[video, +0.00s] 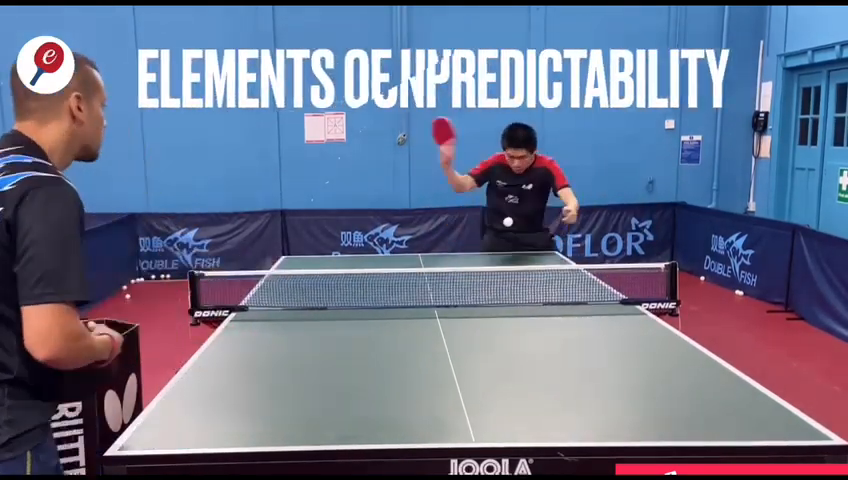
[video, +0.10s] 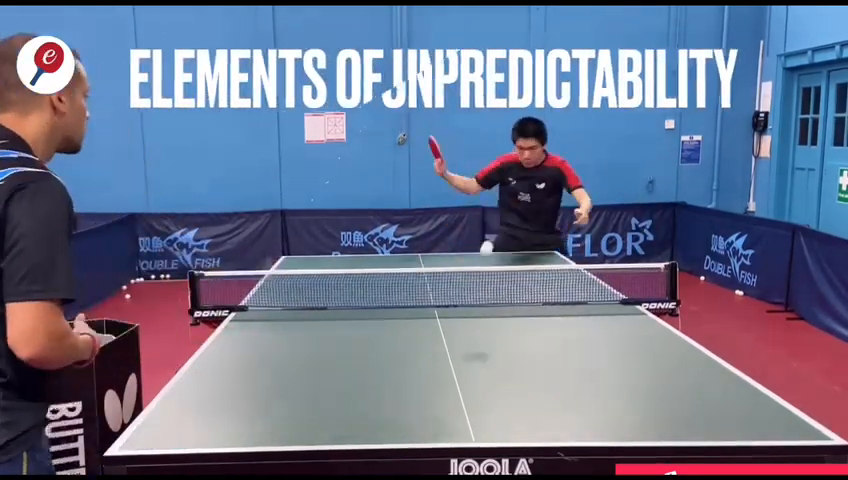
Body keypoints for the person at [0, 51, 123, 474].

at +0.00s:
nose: (104, 121)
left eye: (104, 108)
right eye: (102, 107)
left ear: (25, 105)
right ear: (76, 106)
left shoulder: (6, 168)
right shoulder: (46, 191)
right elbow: (50, 342)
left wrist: (75, 330)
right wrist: (102, 346)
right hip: (14, 437)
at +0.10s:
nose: (88, 113)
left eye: (88, 100)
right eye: (85, 99)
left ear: (9, 97)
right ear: (57, 100)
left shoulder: (9, 173)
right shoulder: (33, 188)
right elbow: (33, 341)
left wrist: (67, 332)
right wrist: (81, 344)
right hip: (12, 443)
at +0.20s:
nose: (78, 109)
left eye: (77, 94)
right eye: (74, 94)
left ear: (30, 97)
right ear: (45, 97)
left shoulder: (11, 178)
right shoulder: (26, 188)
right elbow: (27, 340)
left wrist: (64, 339)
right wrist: (76, 345)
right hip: (11, 445)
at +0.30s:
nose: (79, 109)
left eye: (77, 95)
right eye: (73, 95)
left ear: (35, 98)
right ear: (45, 98)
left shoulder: (11, 178)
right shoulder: (25, 188)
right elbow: (30, 338)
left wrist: (71, 340)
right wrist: (85, 346)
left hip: (11, 438)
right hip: (11, 443)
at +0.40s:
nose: (87, 113)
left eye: (86, 100)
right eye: (83, 99)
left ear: (9, 100)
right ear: (55, 99)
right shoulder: (35, 186)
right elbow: (48, 333)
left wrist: (88, 338)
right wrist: (110, 345)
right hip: (13, 439)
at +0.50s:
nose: (101, 122)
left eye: (100, 109)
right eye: (98, 107)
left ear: (24, 102)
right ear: (71, 104)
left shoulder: (6, 163)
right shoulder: (52, 185)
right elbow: (79, 328)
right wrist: (146, 337)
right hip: (15, 430)